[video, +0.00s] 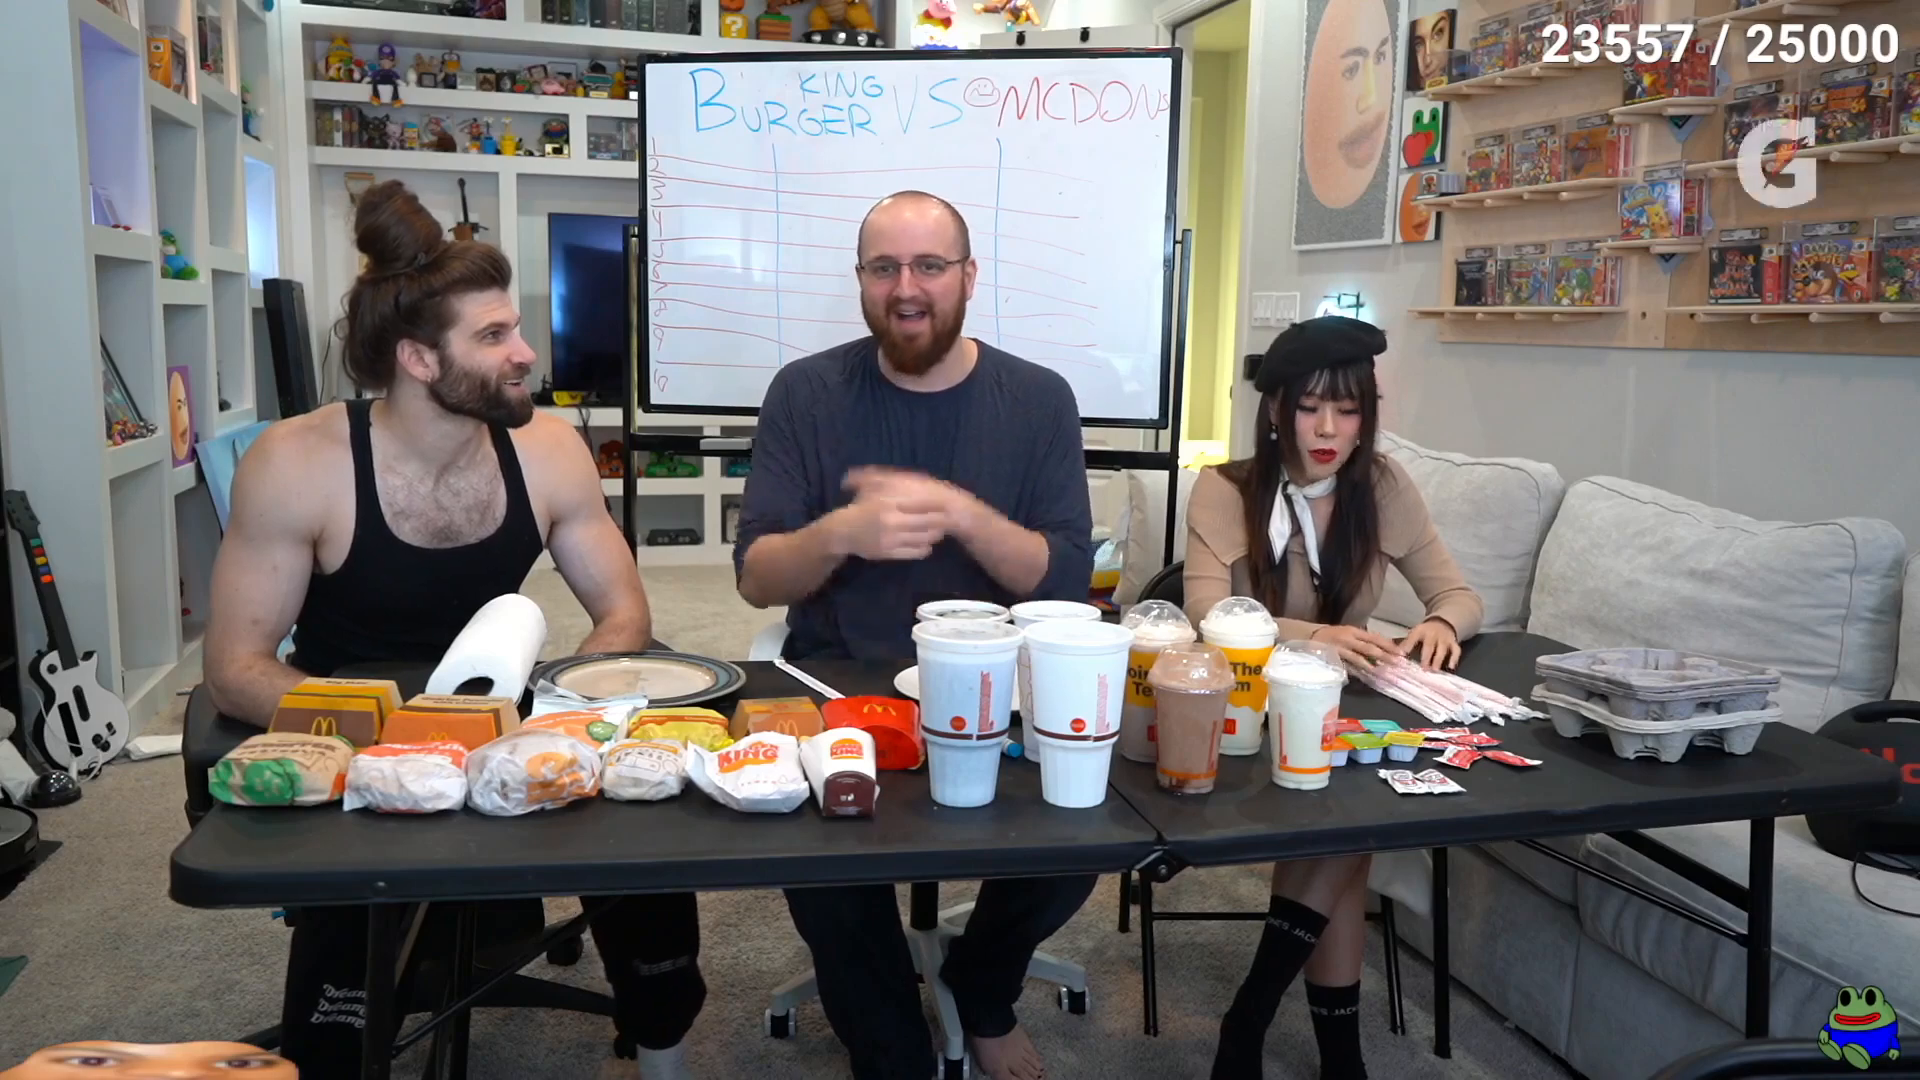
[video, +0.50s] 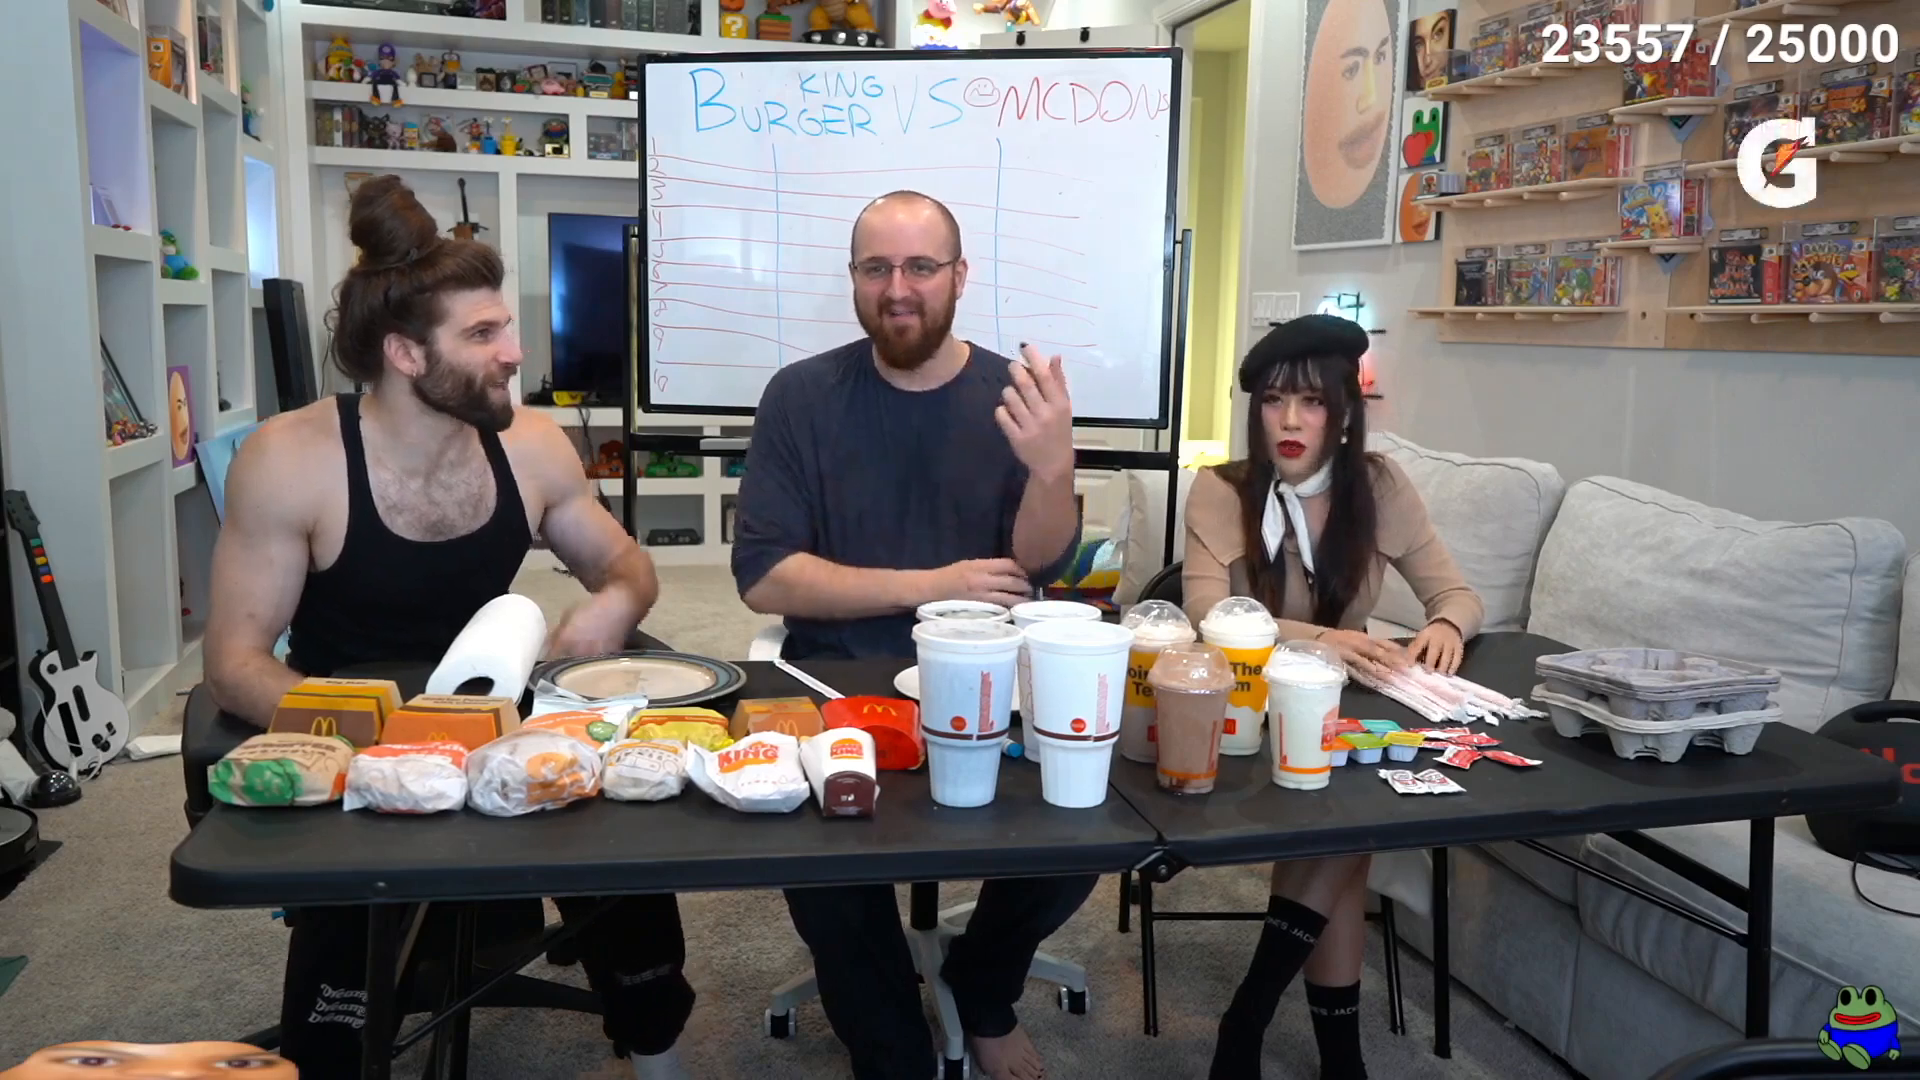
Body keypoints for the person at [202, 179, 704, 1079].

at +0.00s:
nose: (524, 352)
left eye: (517, 330)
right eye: (493, 337)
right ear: (418, 361)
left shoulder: (547, 451)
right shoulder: (296, 463)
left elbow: (625, 612)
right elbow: (233, 670)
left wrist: (568, 696)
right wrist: (370, 719)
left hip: (507, 748)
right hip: (350, 759)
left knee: (643, 826)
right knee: (356, 888)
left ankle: (660, 1053)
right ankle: (322, 1068)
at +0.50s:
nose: (512, 351)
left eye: (508, 329)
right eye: (483, 333)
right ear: (404, 354)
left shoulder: (530, 445)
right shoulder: (288, 460)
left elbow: (628, 565)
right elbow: (234, 662)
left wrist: (613, 609)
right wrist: (347, 721)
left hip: (501, 743)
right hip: (348, 755)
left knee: (622, 833)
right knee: (351, 890)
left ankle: (655, 1054)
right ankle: (321, 1070)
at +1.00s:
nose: (542, 354)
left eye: (543, 329)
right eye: (519, 329)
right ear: (439, 336)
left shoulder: (532, 420)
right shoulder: (295, 450)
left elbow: (689, 413)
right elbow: (238, 649)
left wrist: (815, 353)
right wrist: (336, 736)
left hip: (486, 725)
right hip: (333, 736)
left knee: (624, 810)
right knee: (352, 868)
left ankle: (655, 1048)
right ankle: (316, 1060)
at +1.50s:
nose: (553, 361)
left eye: (550, 337)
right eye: (531, 337)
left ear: (475, 343)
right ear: (450, 344)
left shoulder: (537, 423)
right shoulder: (298, 452)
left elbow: (693, 404)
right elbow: (239, 649)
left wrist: (837, 342)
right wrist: (318, 740)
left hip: (492, 729)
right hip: (340, 740)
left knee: (603, 820)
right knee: (342, 877)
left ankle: (652, 1047)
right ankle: (318, 1067)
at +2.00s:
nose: (541, 353)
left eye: (540, 331)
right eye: (516, 332)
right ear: (440, 342)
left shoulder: (529, 440)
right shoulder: (295, 449)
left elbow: (663, 565)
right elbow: (238, 650)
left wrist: (688, 501)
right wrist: (336, 739)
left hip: (492, 749)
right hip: (342, 756)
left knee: (636, 832)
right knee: (353, 892)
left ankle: (664, 1053)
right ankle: (325, 1071)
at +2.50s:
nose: (524, 337)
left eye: (521, 316)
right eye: (499, 319)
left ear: (443, 336)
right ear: (424, 337)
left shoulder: (518, 438)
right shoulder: (293, 450)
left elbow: (598, 579)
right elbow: (237, 653)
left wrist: (537, 656)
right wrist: (353, 718)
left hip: (497, 743)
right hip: (345, 755)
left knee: (653, 832)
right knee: (363, 890)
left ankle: (646, 1058)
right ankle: (330, 1069)